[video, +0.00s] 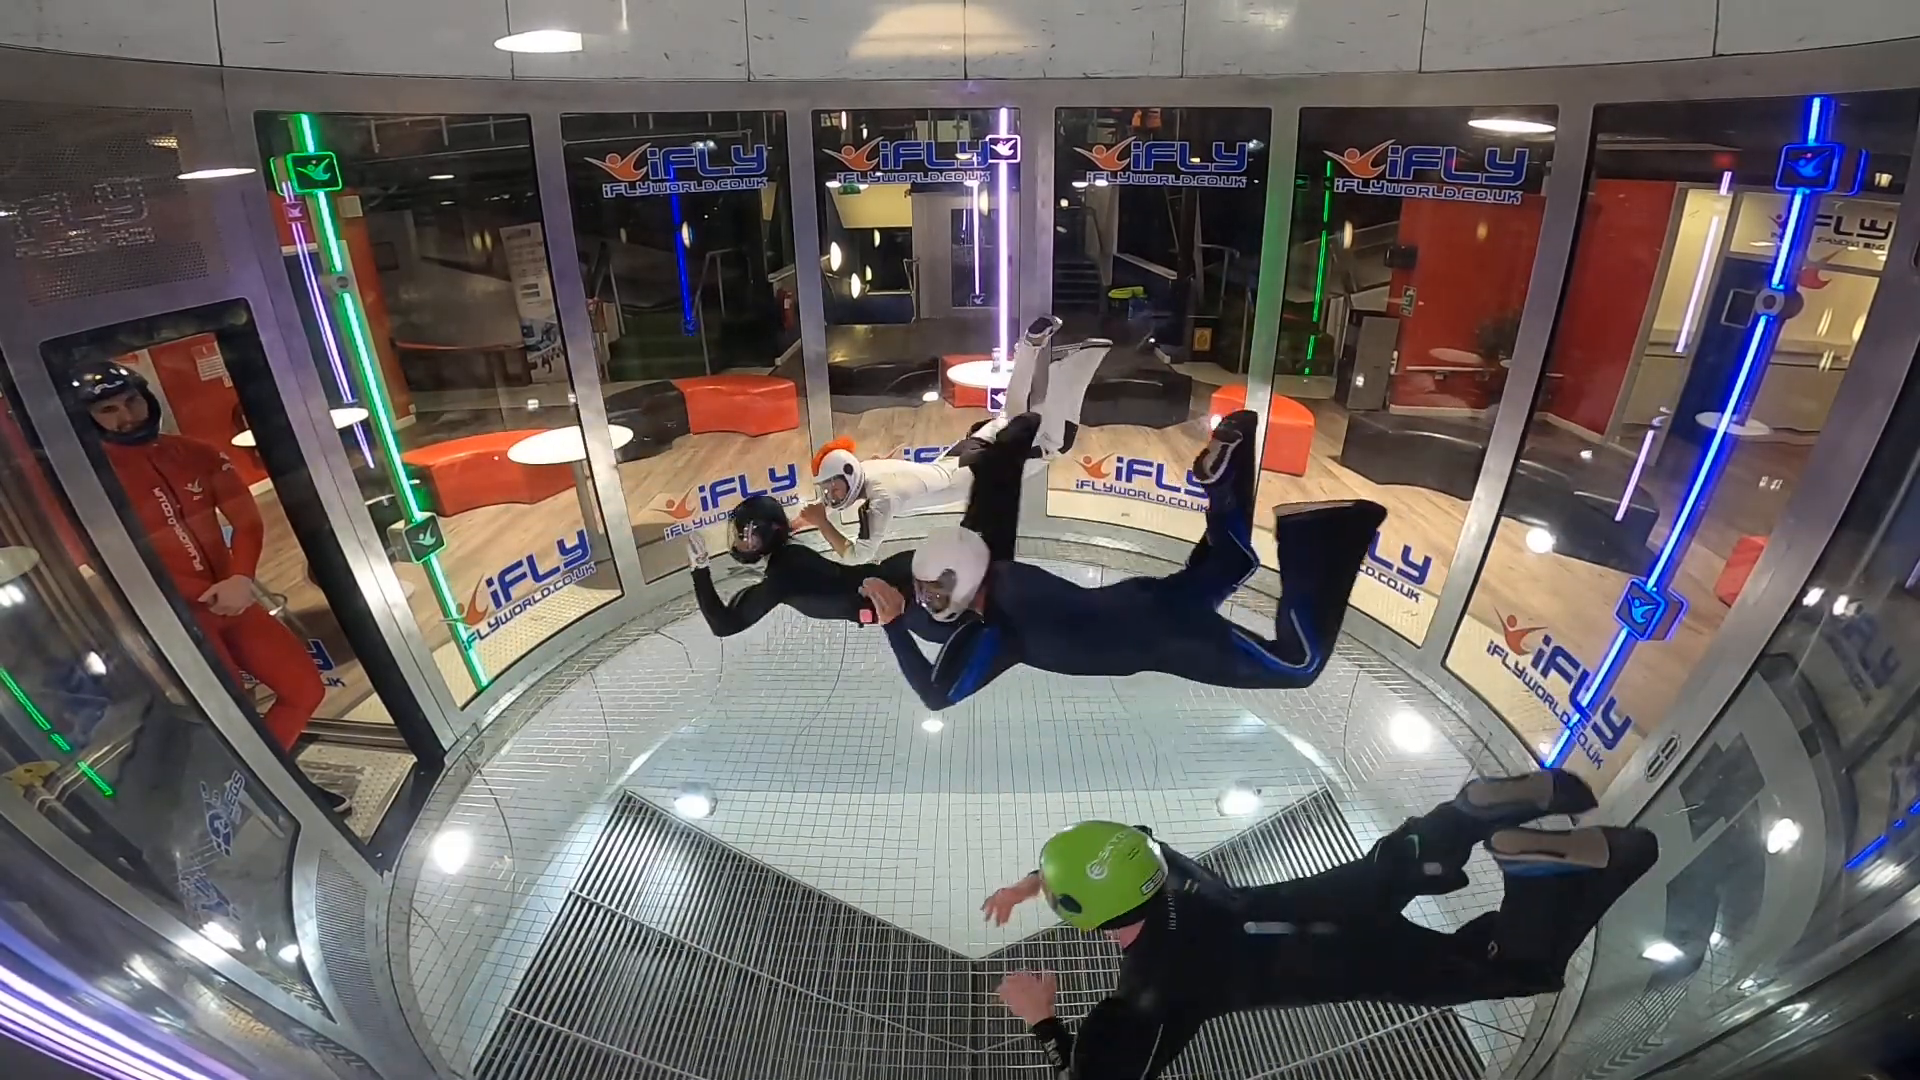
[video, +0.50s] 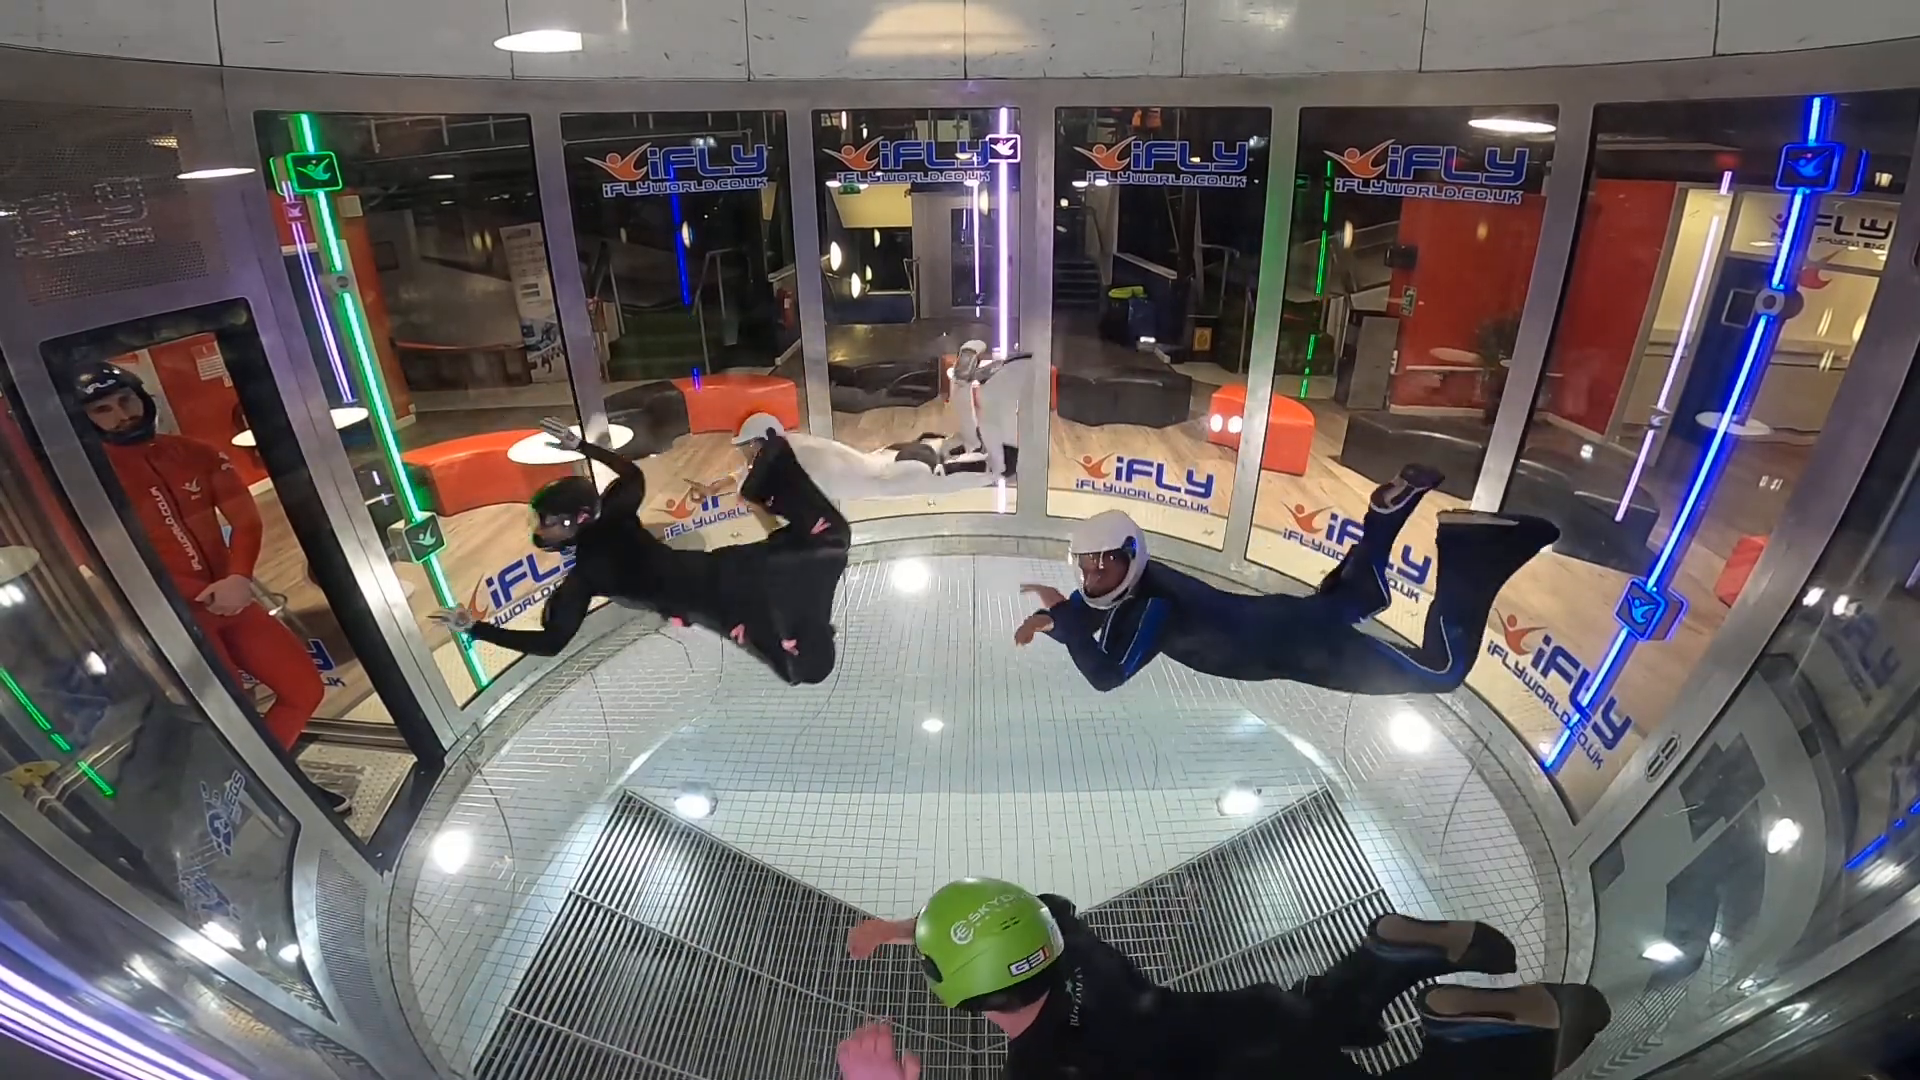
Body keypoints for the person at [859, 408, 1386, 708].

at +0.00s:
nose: (930, 604)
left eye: (935, 595)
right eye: (929, 596)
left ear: (960, 599)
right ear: (970, 573)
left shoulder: (996, 629)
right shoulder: (995, 575)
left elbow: (937, 694)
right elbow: (935, 627)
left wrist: (891, 628)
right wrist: (899, 604)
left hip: (1170, 638)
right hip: (1154, 598)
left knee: (1300, 665)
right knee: (1228, 557)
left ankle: (1316, 544)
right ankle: (1229, 469)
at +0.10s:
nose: (973, 606)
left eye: (978, 594)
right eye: (968, 595)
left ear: (1005, 584)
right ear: (999, 576)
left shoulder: (1037, 622)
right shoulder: (1031, 589)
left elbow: (979, 694)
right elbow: (977, 646)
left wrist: (910, 647)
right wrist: (913, 629)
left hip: (1206, 635)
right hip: (1183, 606)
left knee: (1342, 653)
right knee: (1256, 569)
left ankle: (1359, 533)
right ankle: (1270, 479)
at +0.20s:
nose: (1006, 606)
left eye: (1014, 596)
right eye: (1003, 597)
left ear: (1045, 587)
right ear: (1024, 584)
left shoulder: (1075, 623)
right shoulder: (1053, 583)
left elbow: (1022, 693)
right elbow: (1004, 642)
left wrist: (953, 651)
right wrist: (953, 635)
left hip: (1243, 640)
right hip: (1216, 610)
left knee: (1378, 655)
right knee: (1284, 583)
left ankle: (1403, 534)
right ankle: (1313, 502)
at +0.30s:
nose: (1043, 604)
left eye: (1056, 592)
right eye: (1037, 593)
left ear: (1086, 579)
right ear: (1034, 581)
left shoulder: (1110, 621)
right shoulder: (1077, 579)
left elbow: (1058, 691)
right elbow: (1042, 633)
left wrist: (1002, 631)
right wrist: (1002, 619)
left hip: (1263, 644)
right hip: (1235, 614)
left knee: (1409, 659)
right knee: (1310, 589)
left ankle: (1434, 541)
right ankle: (1351, 512)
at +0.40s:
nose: (1071, 583)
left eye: (1082, 571)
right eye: (1067, 572)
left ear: (1107, 570)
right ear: (1069, 572)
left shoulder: (1131, 614)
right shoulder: (1114, 582)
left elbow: (1085, 681)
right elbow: (1079, 606)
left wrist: (1046, 613)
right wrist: (1043, 624)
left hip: (1296, 646)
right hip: (1275, 618)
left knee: (1425, 664)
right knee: (1340, 589)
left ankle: (1460, 548)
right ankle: (1380, 511)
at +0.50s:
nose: (1089, 574)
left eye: (1100, 562)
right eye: (1084, 563)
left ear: (1129, 563)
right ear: (1086, 563)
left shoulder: (1153, 603)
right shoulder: (1129, 580)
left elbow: (1107, 674)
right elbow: (1093, 602)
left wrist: (1063, 619)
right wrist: (1055, 611)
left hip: (1315, 647)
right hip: (1293, 621)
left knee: (1445, 671)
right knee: (1355, 590)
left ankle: (1471, 556)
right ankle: (1392, 512)